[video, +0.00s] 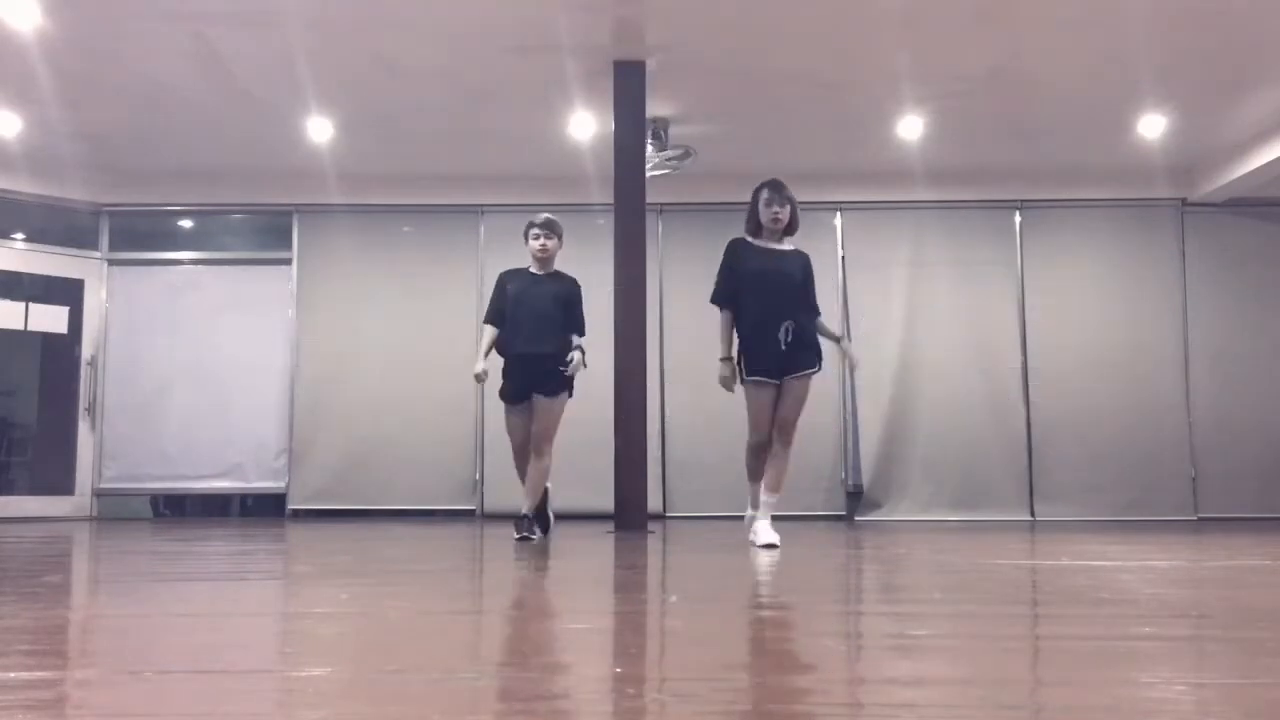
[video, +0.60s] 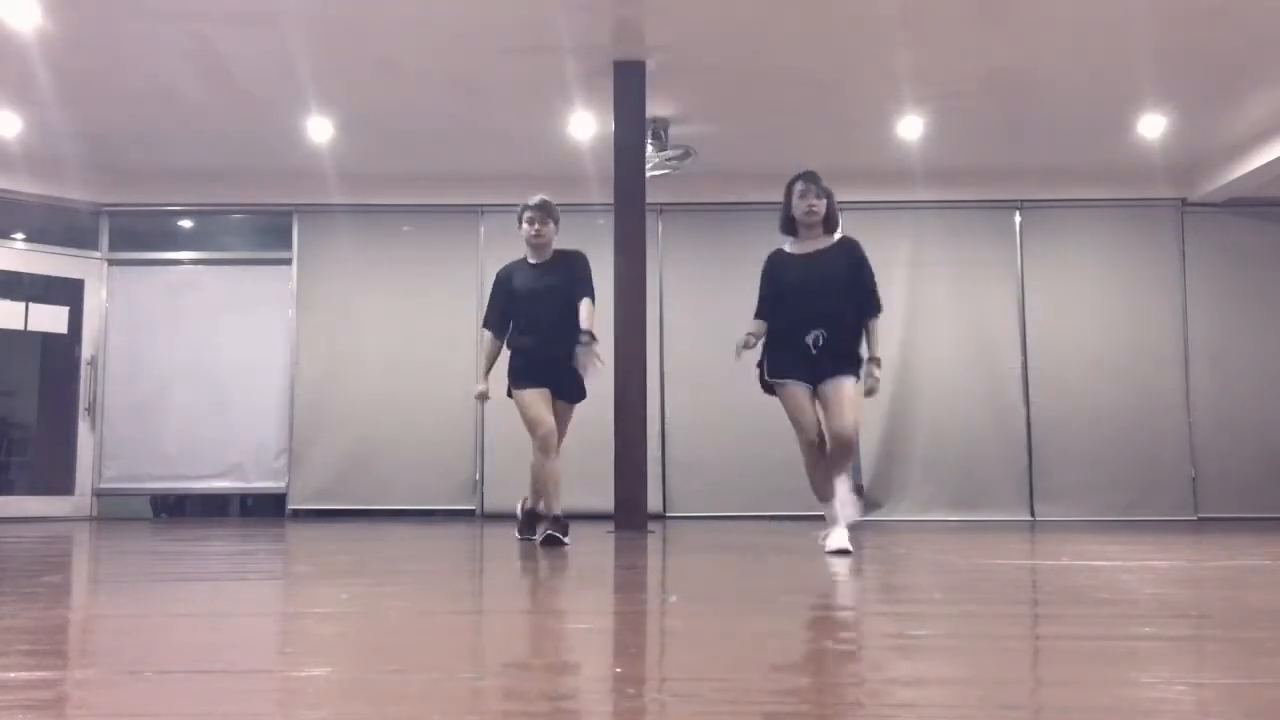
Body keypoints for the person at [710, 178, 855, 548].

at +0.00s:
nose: (777, 210)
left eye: (783, 204)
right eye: (770, 203)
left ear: (792, 210)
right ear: (756, 209)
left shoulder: (800, 258)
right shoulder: (739, 249)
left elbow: (810, 316)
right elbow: (727, 307)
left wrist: (840, 340)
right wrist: (726, 358)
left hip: (799, 355)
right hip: (757, 356)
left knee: (783, 438)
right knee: (760, 439)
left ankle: (764, 520)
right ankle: (756, 505)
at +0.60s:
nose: (811, 201)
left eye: (818, 195)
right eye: (802, 196)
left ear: (828, 203)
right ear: (789, 206)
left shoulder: (848, 249)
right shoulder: (778, 259)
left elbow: (869, 310)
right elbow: (764, 313)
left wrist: (874, 361)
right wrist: (753, 333)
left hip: (838, 357)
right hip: (789, 359)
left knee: (846, 433)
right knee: (813, 440)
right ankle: (834, 525)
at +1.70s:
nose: (893, 139)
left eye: (903, 134)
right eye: (888, 128)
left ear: (910, 143)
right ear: (870, 121)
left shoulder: (905, 197)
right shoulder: (841, 168)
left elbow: (912, 273)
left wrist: (932, 261)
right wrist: (912, 122)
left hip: (918, 304)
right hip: (861, 307)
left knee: (930, 406)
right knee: (895, 403)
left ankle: (910, 537)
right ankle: (881, 475)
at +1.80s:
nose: (892, 114)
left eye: (902, 107)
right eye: (884, 103)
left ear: (912, 118)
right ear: (863, 108)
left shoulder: (915, 182)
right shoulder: (834, 159)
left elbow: (949, 256)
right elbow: (838, 165)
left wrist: (953, 209)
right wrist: (867, 122)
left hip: (917, 290)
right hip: (855, 287)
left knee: (927, 400)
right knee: (888, 349)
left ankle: (912, 538)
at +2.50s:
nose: (868, 98)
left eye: (878, 90)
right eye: (857, 91)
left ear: (890, 100)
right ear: (839, 100)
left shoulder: (912, 166)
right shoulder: (816, 163)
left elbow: (933, 235)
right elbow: (805, 243)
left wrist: (924, 264)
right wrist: (829, 296)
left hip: (915, 299)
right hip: (847, 302)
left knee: (954, 413)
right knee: (793, 412)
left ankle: (985, 543)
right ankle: (752, 540)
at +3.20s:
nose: (917, 118)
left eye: (919, 109)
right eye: (911, 106)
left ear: (909, 115)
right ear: (882, 106)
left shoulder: (913, 169)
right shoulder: (821, 153)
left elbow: (932, 232)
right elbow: (803, 231)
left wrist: (929, 167)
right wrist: (842, 292)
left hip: (916, 298)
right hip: (849, 300)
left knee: (950, 412)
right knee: (783, 395)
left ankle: (986, 542)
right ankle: (757, 531)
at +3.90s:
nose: (794, 110)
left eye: (803, 101)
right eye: (784, 102)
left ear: (819, 110)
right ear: (769, 113)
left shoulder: (848, 150)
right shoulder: (754, 182)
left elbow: (919, 144)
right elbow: (704, 220)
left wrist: (926, 168)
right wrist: (671, 259)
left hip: (845, 277)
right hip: (785, 292)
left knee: (864, 362)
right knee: (750, 411)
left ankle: (913, 499)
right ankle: (784, 543)